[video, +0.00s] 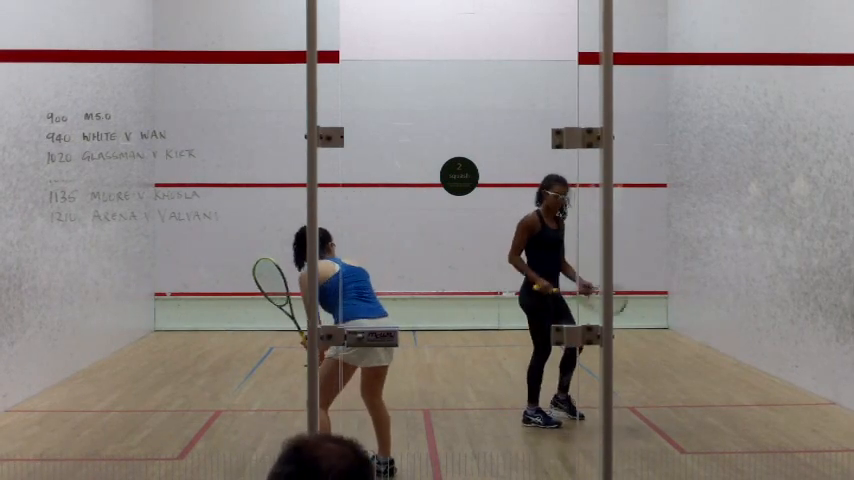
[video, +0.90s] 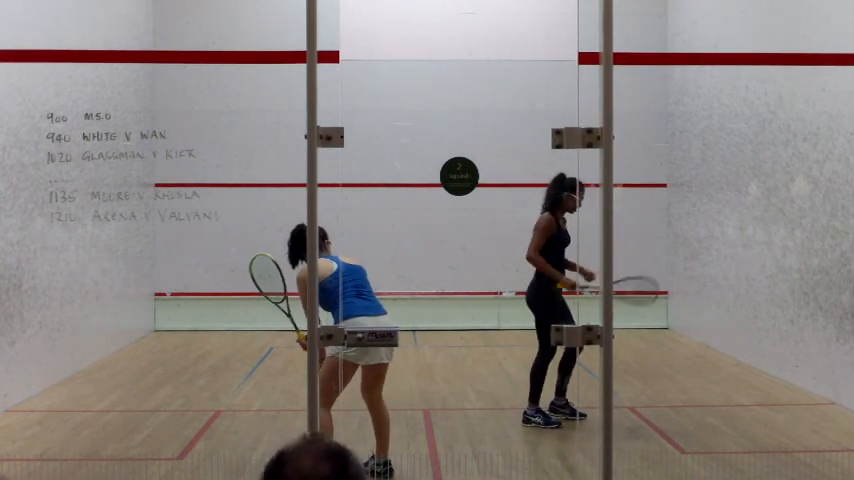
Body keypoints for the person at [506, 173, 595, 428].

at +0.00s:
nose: (563, 201)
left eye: (565, 196)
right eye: (560, 196)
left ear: (562, 198)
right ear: (545, 194)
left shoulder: (558, 222)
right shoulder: (530, 222)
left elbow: (557, 259)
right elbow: (513, 257)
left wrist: (578, 280)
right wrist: (537, 280)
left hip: (553, 293)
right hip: (533, 295)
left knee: (574, 341)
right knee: (542, 349)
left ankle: (562, 397)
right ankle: (532, 409)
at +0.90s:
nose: (578, 203)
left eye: (579, 199)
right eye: (576, 198)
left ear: (568, 198)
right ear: (564, 197)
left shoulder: (560, 221)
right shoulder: (546, 221)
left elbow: (555, 258)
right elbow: (531, 255)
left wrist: (579, 269)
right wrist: (560, 278)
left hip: (552, 292)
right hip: (540, 293)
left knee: (574, 343)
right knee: (548, 349)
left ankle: (559, 401)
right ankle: (532, 410)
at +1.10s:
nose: (582, 203)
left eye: (582, 198)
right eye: (579, 198)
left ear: (567, 198)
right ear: (567, 198)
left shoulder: (563, 224)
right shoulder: (558, 225)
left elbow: (560, 260)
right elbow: (555, 262)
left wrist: (586, 267)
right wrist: (585, 268)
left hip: (560, 295)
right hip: (554, 296)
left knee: (578, 347)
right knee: (558, 350)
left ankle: (556, 402)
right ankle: (533, 409)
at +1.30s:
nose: (592, 208)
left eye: (592, 203)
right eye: (589, 203)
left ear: (572, 205)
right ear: (577, 204)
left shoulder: (565, 231)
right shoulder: (571, 231)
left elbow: (578, 271)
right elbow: (584, 265)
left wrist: (604, 285)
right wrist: (615, 252)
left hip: (565, 300)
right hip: (571, 301)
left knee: (586, 354)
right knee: (593, 359)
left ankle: (561, 402)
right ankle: (560, 394)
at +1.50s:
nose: (599, 213)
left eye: (599, 208)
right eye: (595, 208)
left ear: (589, 210)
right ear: (586, 209)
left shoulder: (589, 232)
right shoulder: (583, 232)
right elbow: (607, 259)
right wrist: (635, 240)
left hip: (583, 302)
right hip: (590, 302)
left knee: (591, 358)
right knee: (632, 341)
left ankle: (557, 403)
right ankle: (644, 400)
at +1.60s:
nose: (618, 206)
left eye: (617, 202)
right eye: (614, 202)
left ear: (599, 209)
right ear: (600, 207)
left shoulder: (609, 229)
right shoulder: (594, 236)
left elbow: (632, 247)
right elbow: (615, 259)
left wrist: (661, 239)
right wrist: (647, 242)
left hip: (596, 302)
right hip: (602, 303)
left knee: (596, 361)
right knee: (640, 345)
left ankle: (560, 400)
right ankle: (661, 400)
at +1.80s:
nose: (643, 215)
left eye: (643, 211)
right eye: (639, 211)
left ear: (626, 216)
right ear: (629, 216)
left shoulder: (627, 239)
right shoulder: (623, 245)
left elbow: (642, 268)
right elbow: (650, 273)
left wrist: (654, 250)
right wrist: (658, 248)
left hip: (622, 308)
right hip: (634, 308)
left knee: (616, 363)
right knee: (670, 343)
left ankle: (572, 392)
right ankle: (666, 402)